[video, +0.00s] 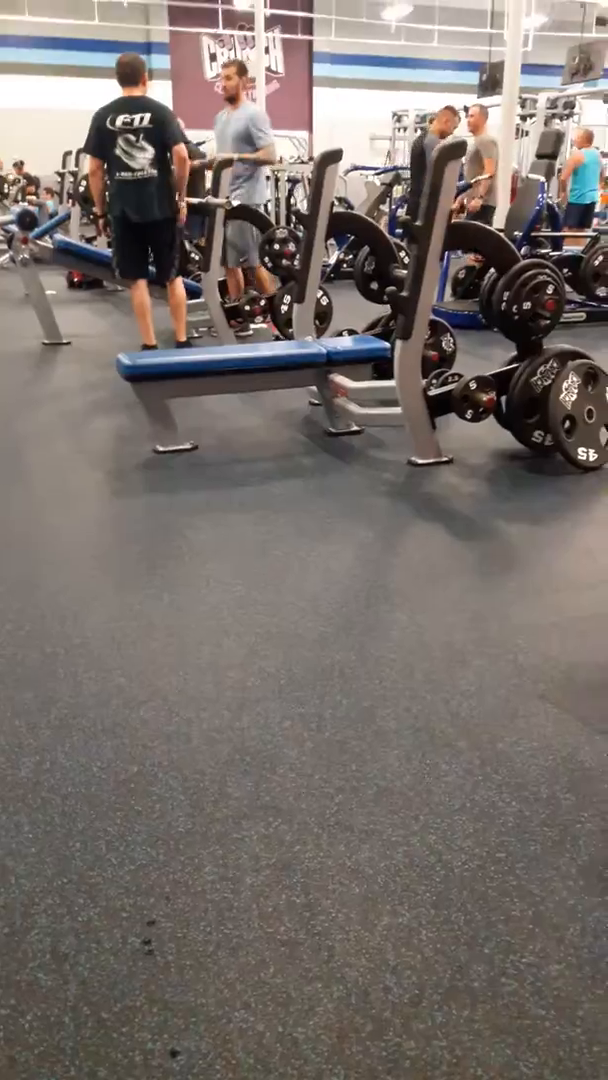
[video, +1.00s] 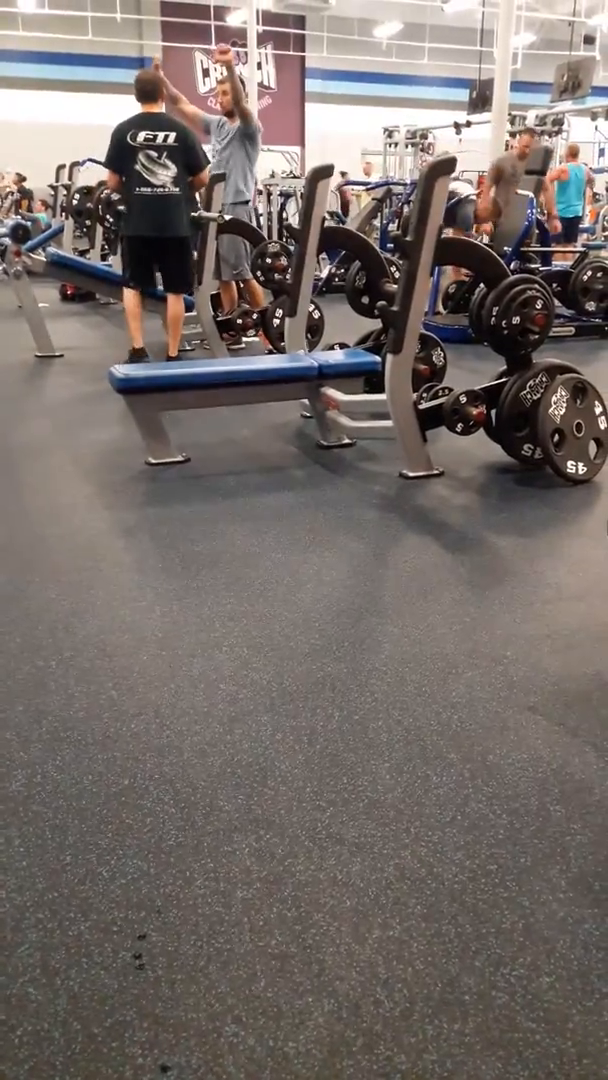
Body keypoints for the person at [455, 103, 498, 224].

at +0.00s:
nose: (468, 120)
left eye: (472, 116)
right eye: (468, 116)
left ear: (483, 118)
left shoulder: (486, 141)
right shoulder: (475, 142)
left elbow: (489, 171)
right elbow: (474, 178)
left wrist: (479, 197)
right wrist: (462, 197)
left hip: (484, 202)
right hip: (475, 201)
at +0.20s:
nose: (471, 127)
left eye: (476, 123)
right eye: (471, 123)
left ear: (487, 125)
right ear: (470, 124)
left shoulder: (492, 149)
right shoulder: (472, 148)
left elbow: (496, 178)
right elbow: (466, 179)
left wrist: (487, 204)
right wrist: (461, 207)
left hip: (487, 211)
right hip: (469, 210)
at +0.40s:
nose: (478, 136)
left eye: (482, 131)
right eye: (477, 132)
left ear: (493, 133)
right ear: (474, 132)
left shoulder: (498, 157)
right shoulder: (472, 155)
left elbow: (501, 186)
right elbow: (461, 185)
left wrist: (491, 213)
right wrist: (457, 213)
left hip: (488, 218)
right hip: (468, 216)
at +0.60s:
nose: (498, 142)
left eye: (502, 139)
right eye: (496, 138)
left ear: (509, 140)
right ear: (492, 137)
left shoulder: (514, 161)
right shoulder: (484, 157)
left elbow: (516, 192)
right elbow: (473, 187)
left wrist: (502, 218)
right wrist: (462, 214)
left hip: (500, 221)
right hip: (481, 218)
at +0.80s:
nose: (515, 149)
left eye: (518, 146)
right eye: (512, 145)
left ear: (522, 144)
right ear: (505, 142)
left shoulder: (524, 164)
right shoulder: (492, 162)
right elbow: (476, 190)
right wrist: (473, 216)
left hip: (514, 221)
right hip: (492, 219)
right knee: (481, 257)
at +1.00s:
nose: (528, 151)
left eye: (531, 147)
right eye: (525, 146)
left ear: (535, 147)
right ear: (517, 143)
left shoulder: (536, 163)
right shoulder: (501, 162)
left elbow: (546, 189)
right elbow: (486, 191)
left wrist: (552, 216)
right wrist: (485, 219)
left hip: (528, 217)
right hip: (503, 217)